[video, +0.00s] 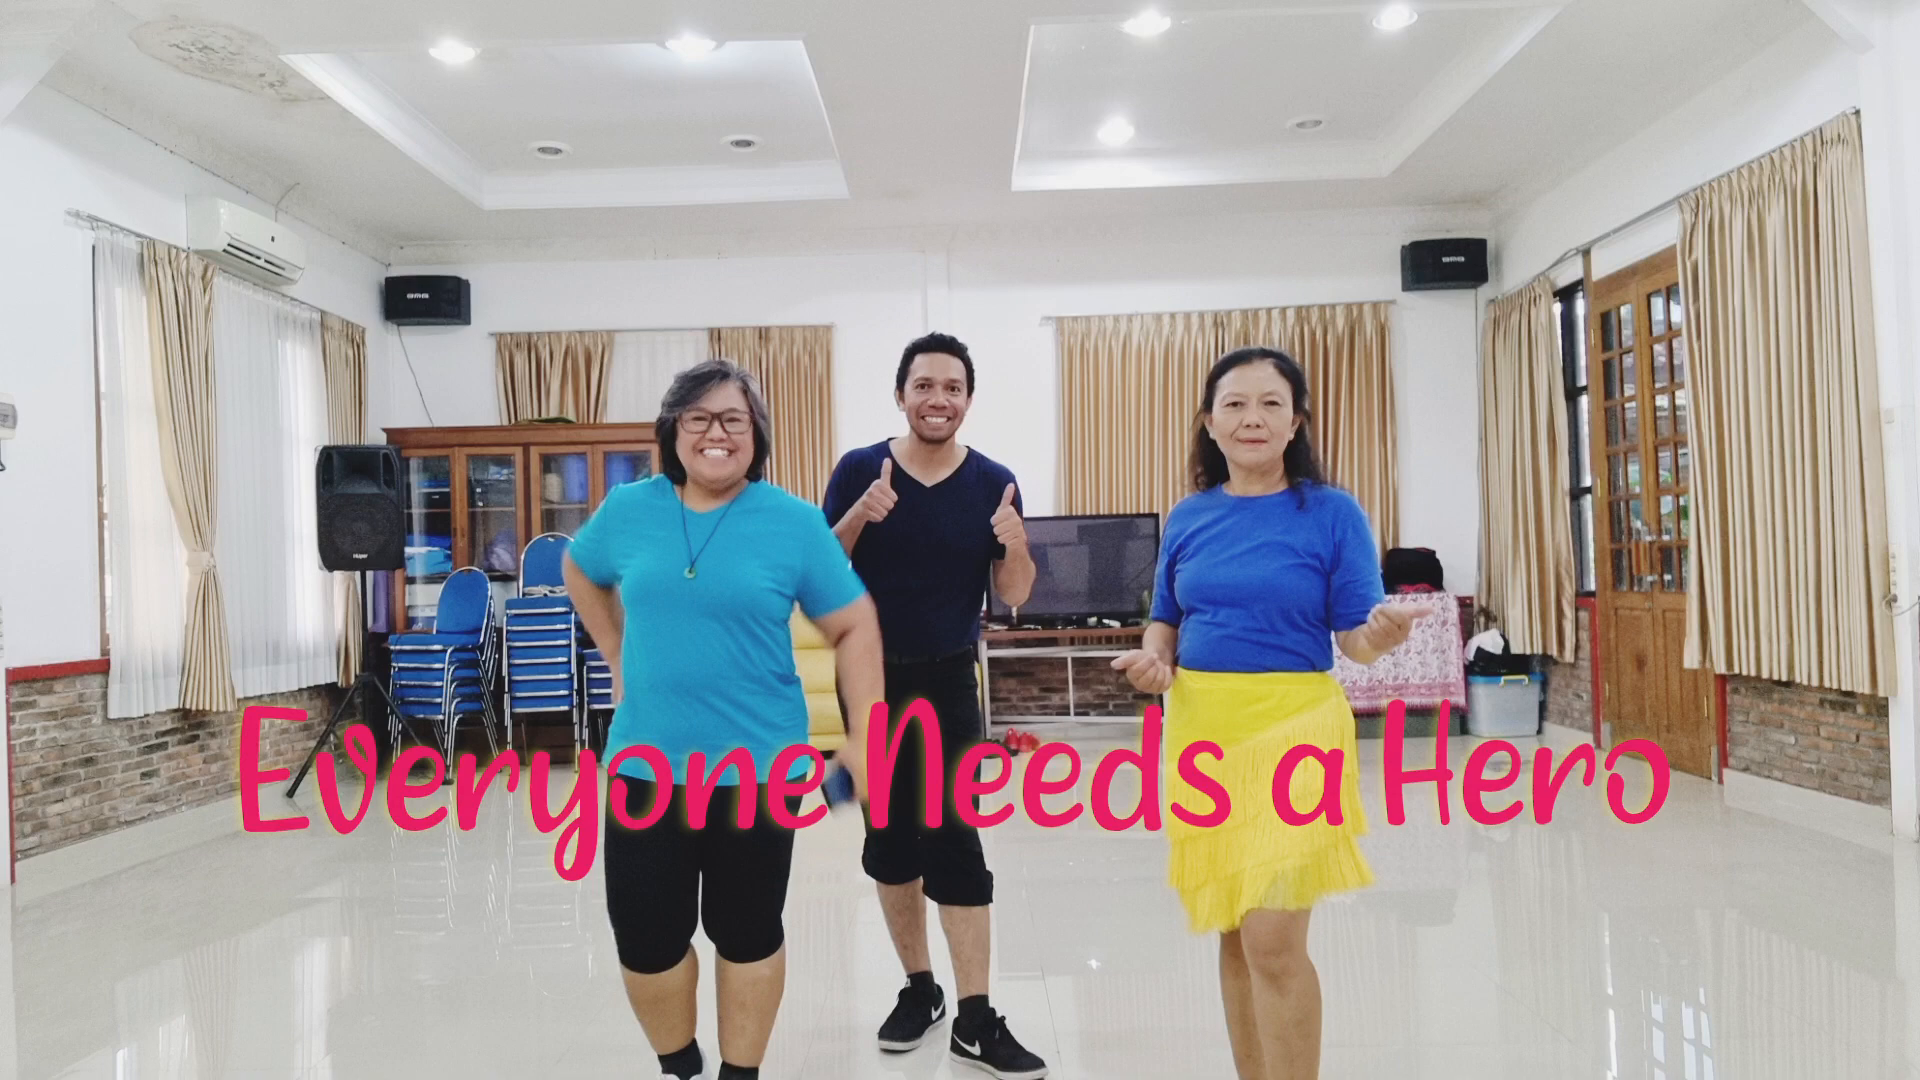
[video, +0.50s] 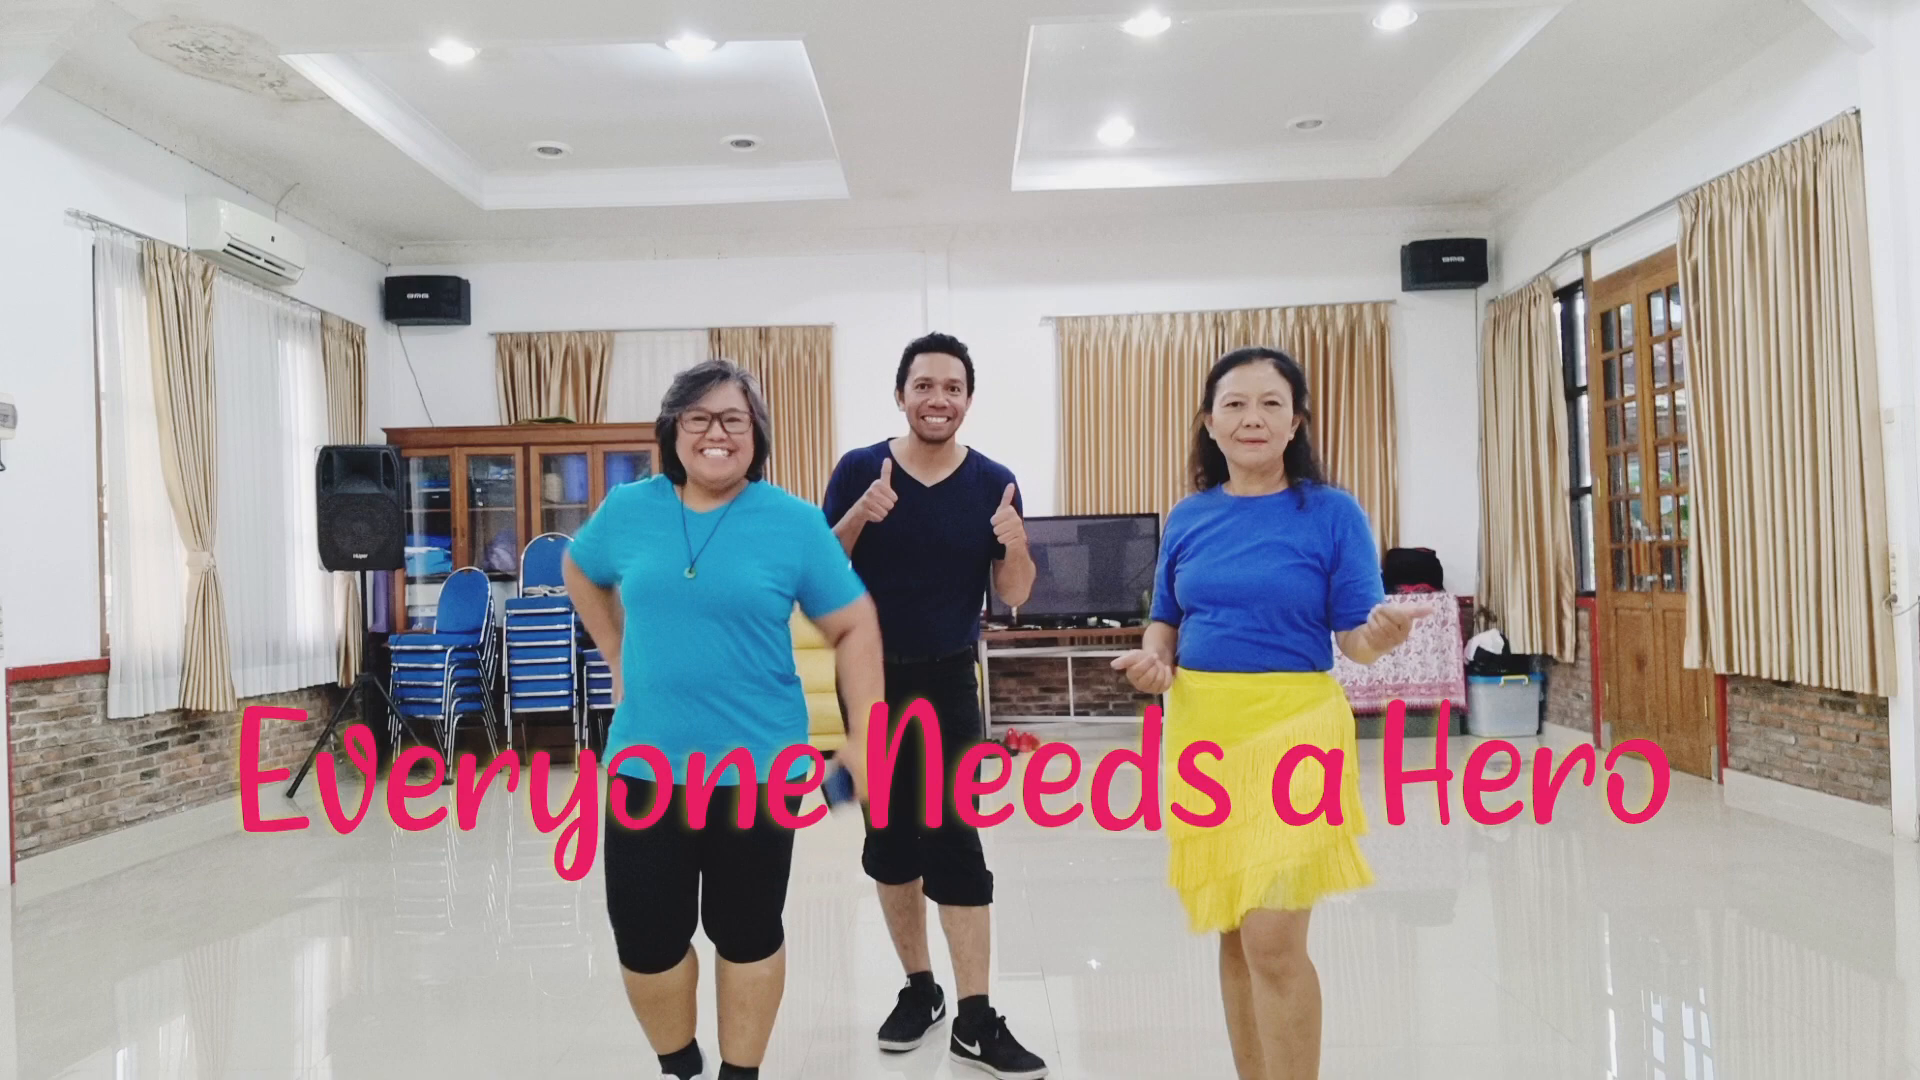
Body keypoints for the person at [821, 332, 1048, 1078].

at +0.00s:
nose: (938, 400)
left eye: (952, 388)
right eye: (924, 386)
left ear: (968, 399)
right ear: (900, 396)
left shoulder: (992, 483)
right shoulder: (858, 472)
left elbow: (1014, 595)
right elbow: (813, 570)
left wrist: (1015, 548)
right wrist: (854, 520)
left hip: (950, 676)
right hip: (872, 676)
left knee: (957, 841)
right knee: (892, 840)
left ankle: (975, 1014)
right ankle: (919, 990)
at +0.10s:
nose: (938, 400)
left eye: (952, 388)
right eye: (924, 386)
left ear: (968, 399)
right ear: (900, 396)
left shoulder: (992, 483)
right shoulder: (858, 472)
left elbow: (1014, 595)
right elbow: (813, 570)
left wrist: (1015, 548)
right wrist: (854, 520)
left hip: (950, 676)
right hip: (872, 676)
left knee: (957, 841)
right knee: (892, 840)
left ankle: (975, 1014)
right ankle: (919, 990)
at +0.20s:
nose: (938, 400)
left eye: (952, 388)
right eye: (924, 386)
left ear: (968, 399)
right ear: (900, 396)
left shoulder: (992, 483)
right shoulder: (858, 472)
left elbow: (1014, 595)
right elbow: (813, 570)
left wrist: (1015, 548)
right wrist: (854, 520)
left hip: (950, 676)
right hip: (872, 676)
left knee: (957, 841)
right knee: (892, 840)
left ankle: (975, 1014)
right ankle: (919, 990)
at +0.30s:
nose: (938, 400)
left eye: (952, 388)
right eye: (924, 386)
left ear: (968, 399)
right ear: (900, 396)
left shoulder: (992, 483)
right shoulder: (858, 472)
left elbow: (1014, 595)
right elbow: (813, 570)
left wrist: (1015, 548)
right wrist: (854, 520)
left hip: (950, 676)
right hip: (872, 676)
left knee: (957, 841)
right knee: (892, 840)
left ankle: (975, 1014)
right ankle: (919, 990)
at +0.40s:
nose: (938, 400)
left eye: (952, 388)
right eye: (924, 386)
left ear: (968, 399)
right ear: (900, 396)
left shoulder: (992, 483)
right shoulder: (858, 472)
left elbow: (1014, 595)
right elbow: (813, 570)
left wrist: (1015, 548)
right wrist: (854, 520)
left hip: (950, 676)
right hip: (872, 676)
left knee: (957, 841)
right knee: (892, 840)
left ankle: (975, 1014)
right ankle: (919, 990)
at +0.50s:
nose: (938, 400)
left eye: (952, 388)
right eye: (924, 386)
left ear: (968, 399)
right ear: (900, 396)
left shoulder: (992, 483)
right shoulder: (858, 472)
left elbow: (1014, 595)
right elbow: (813, 570)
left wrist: (1015, 548)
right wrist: (854, 520)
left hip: (950, 676)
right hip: (872, 676)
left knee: (957, 841)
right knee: (892, 840)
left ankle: (975, 1014)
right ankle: (919, 990)